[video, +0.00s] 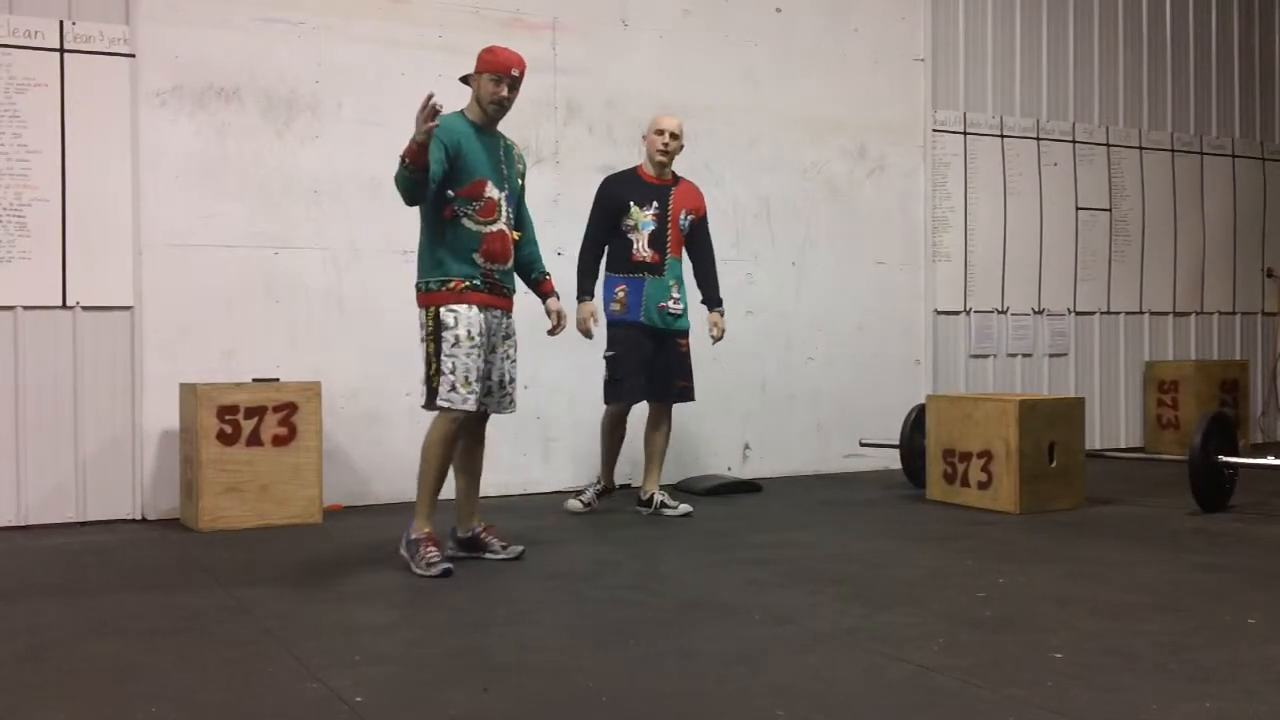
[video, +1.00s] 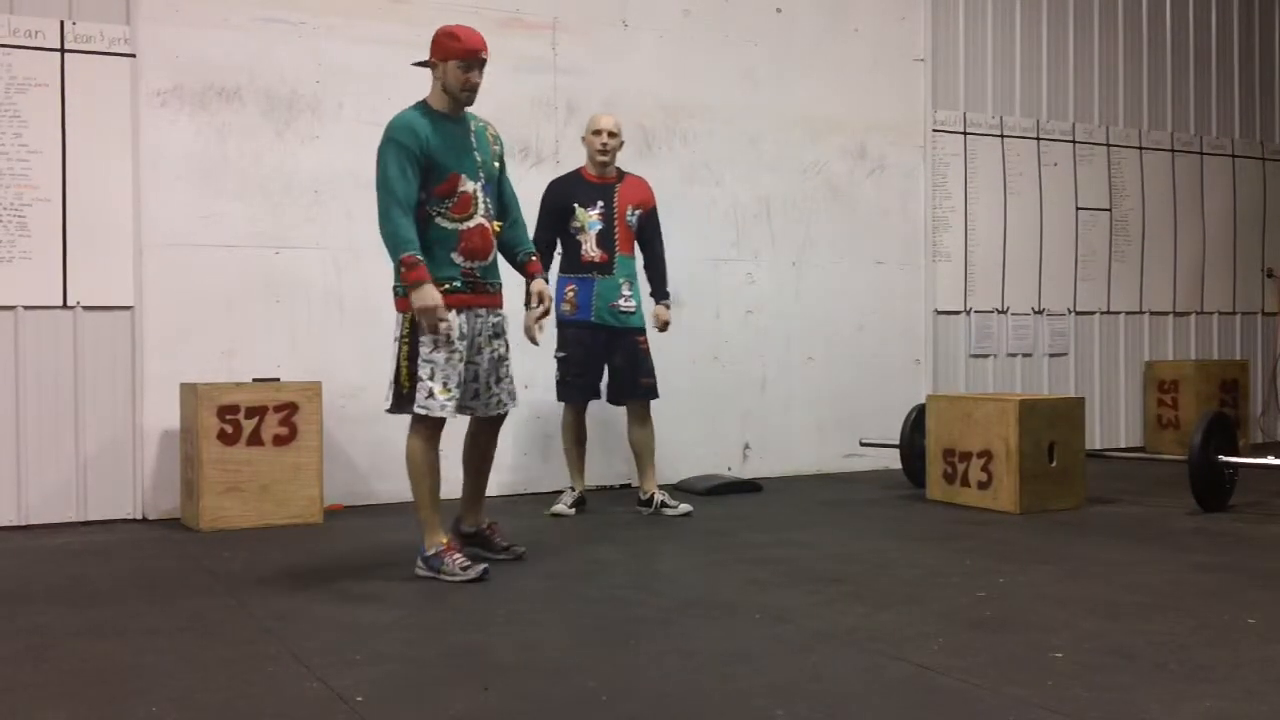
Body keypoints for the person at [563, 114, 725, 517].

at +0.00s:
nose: (666, 142)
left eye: (674, 137)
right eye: (660, 134)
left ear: (682, 146)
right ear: (646, 139)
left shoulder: (690, 196)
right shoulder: (615, 187)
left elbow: (702, 255)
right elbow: (592, 246)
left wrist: (714, 306)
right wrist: (585, 299)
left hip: (671, 315)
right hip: (626, 312)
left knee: (662, 403)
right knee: (619, 403)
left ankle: (650, 491)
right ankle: (605, 482)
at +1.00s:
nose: (605, 140)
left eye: (612, 134)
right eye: (597, 134)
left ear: (621, 142)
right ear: (585, 140)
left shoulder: (638, 189)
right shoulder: (561, 190)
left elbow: (652, 248)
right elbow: (542, 250)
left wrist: (661, 299)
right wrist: (534, 302)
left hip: (627, 318)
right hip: (577, 318)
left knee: (639, 404)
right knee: (574, 405)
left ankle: (649, 491)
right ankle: (575, 490)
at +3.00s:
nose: (650, 148)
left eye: (656, 141)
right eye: (642, 140)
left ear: (662, 143)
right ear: (624, 139)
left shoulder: (671, 187)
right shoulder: (599, 186)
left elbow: (681, 249)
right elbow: (578, 249)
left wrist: (687, 303)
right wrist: (576, 307)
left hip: (658, 313)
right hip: (612, 312)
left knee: (659, 402)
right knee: (613, 401)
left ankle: (648, 488)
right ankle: (611, 490)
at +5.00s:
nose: (645, 125)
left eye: (649, 119)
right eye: (636, 119)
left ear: (656, 128)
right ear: (618, 129)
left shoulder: (672, 182)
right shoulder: (599, 181)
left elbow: (686, 244)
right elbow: (586, 247)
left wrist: (692, 295)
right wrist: (596, 301)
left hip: (663, 309)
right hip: (619, 309)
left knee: (655, 402)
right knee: (617, 402)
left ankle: (648, 491)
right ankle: (617, 492)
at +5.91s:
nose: (644, 126)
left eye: (649, 120)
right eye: (635, 120)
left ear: (658, 129)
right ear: (620, 131)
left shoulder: (675, 182)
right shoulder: (599, 181)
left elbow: (687, 246)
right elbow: (585, 247)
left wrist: (696, 299)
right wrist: (590, 304)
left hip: (661, 313)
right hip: (615, 313)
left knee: (658, 405)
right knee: (617, 404)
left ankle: (649, 492)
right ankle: (617, 493)